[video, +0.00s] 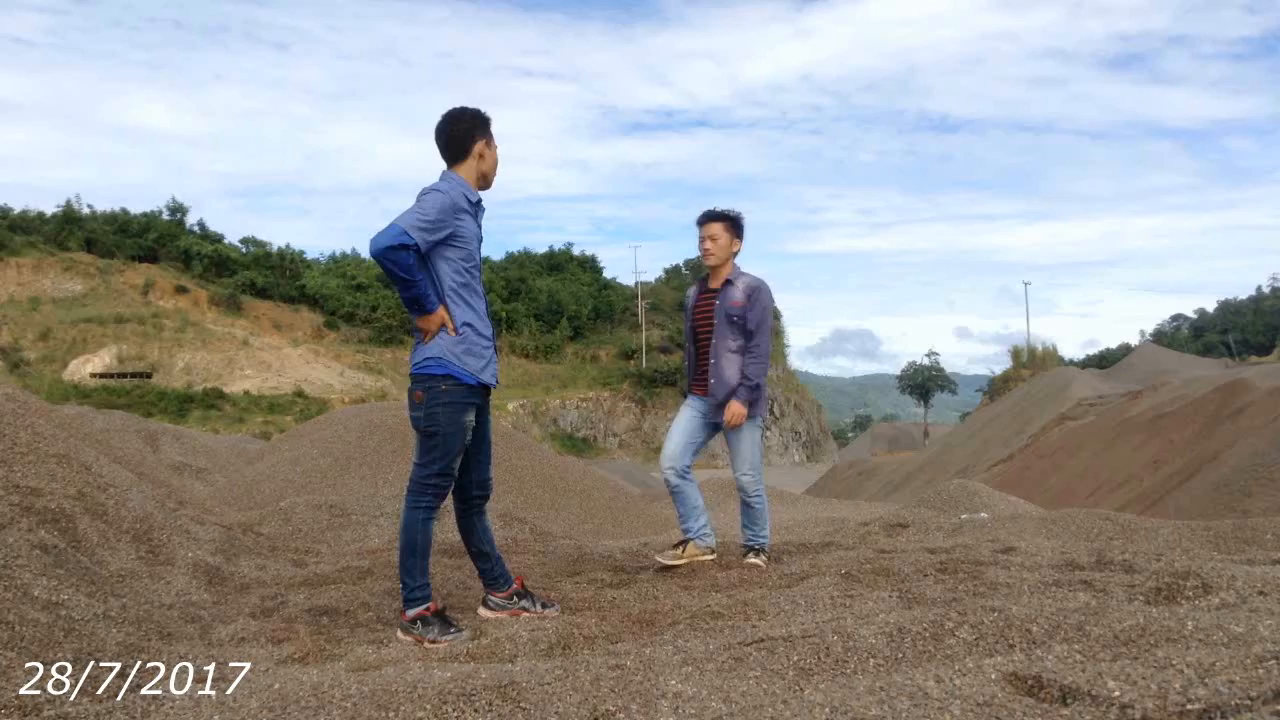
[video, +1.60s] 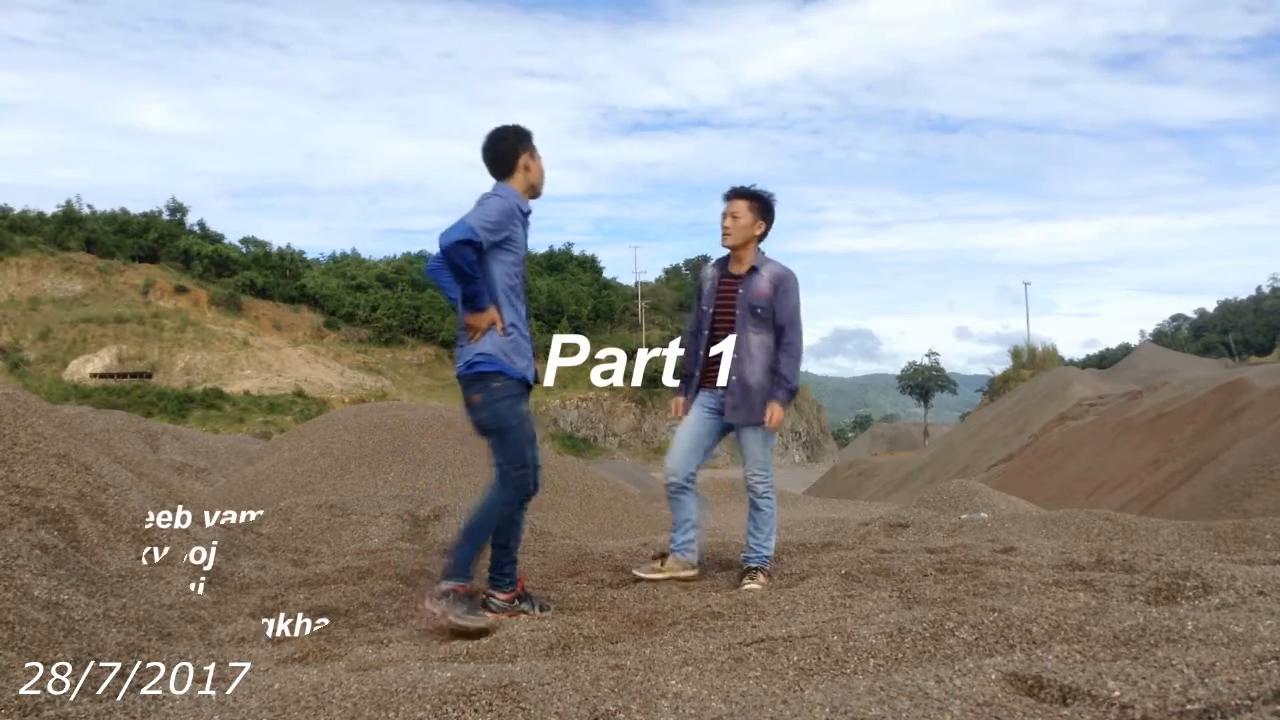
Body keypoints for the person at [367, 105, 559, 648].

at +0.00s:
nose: (497, 156)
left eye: (494, 146)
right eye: (494, 146)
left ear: (459, 150)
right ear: (480, 148)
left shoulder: (463, 204)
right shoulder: (446, 197)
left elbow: (416, 257)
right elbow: (389, 245)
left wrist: (448, 309)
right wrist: (426, 308)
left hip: (470, 375)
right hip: (444, 374)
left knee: (473, 495)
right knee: (428, 494)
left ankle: (501, 590)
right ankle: (417, 608)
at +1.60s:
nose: (543, 166)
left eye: (539, 158)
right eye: (538, 157)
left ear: (507, 167)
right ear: (525, 162)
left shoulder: (502, 211)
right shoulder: (504, 203)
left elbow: (438, 267)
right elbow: (452, 245)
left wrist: (472, 312)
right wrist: (476, 306)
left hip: (500, 370)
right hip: (493, 369)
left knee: (520, 479)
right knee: (517, 477)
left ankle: (504, 589)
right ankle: (453, 586)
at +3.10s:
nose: (442, 162)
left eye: (437, 153)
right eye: (439, 153)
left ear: (390, 159)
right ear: (429, 156)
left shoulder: (352, 220)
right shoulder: (452, 211)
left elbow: (338, 301)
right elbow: (488, 293)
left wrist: (356, 354)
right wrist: (513, 339)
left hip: (385, 386)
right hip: (446, 382)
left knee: (413, 467)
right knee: (450, 496)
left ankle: (404, 577)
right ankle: (431, 618)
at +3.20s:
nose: (419, 155)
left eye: (414, 146)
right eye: (416, 146)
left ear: (369, 153)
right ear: (405, 149)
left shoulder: (332, 213)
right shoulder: (432, 205)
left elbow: (314, 290)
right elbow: (457, 286)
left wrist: (336, 358)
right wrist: (476, 344)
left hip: (365, 380)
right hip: (426, 378)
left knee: (373, 478)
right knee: (440, 495)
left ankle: (334, 572)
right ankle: (432, 615)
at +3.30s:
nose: (397, 160)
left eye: (393, 150)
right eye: (394, 151)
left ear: (344, 159)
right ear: (381, 154)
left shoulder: (305, 217)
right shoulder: (403, 209)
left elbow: (286, 285)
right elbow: (421, 289)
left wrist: (297, 355)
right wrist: (432, 369)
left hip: (336, 394)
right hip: (399, 391)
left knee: (324, 503)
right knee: (436, 498)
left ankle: (262, 614)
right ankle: (430, 618)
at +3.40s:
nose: (378, 166)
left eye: (374, 157)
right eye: (374, 157)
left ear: (327, 165)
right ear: (360, 160)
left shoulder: (282, 221)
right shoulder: (379, 214)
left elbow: (249, 293)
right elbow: (387, 296)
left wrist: (268, 368)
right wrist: (388, 378)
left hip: (301, 399)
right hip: (360, 397)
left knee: (298, 507)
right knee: (419, 495)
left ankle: (251, 626)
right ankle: (427, 619)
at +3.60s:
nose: (362, 155)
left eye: (358, 145)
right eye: (357, 145)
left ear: (311, 151)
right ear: (340, 144)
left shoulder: (266, 208)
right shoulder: (349, 192)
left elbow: (222, 292)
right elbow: (346, 272)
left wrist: (263, 350)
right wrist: (351, 359)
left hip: (274, 378)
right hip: (328, 370)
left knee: (285, 504)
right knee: (401, 472)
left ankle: (248, 631)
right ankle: (391, 602)